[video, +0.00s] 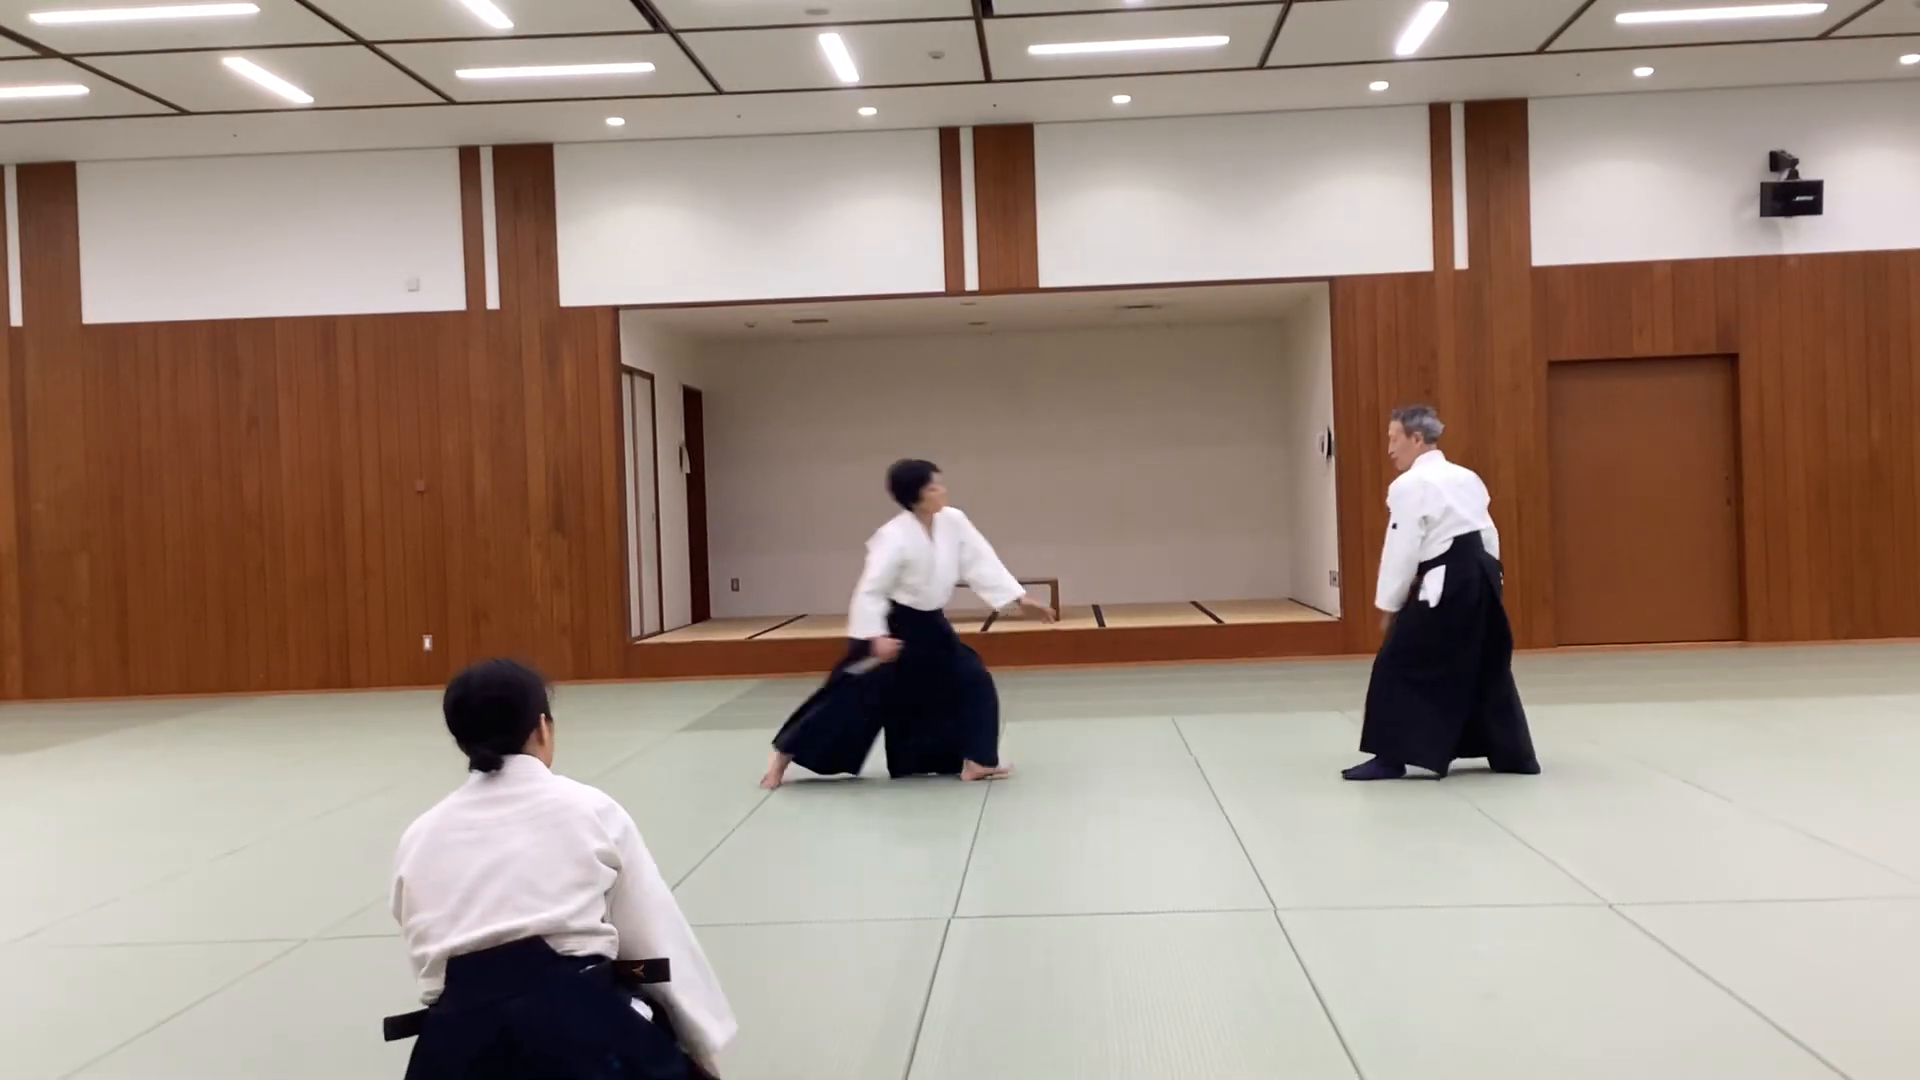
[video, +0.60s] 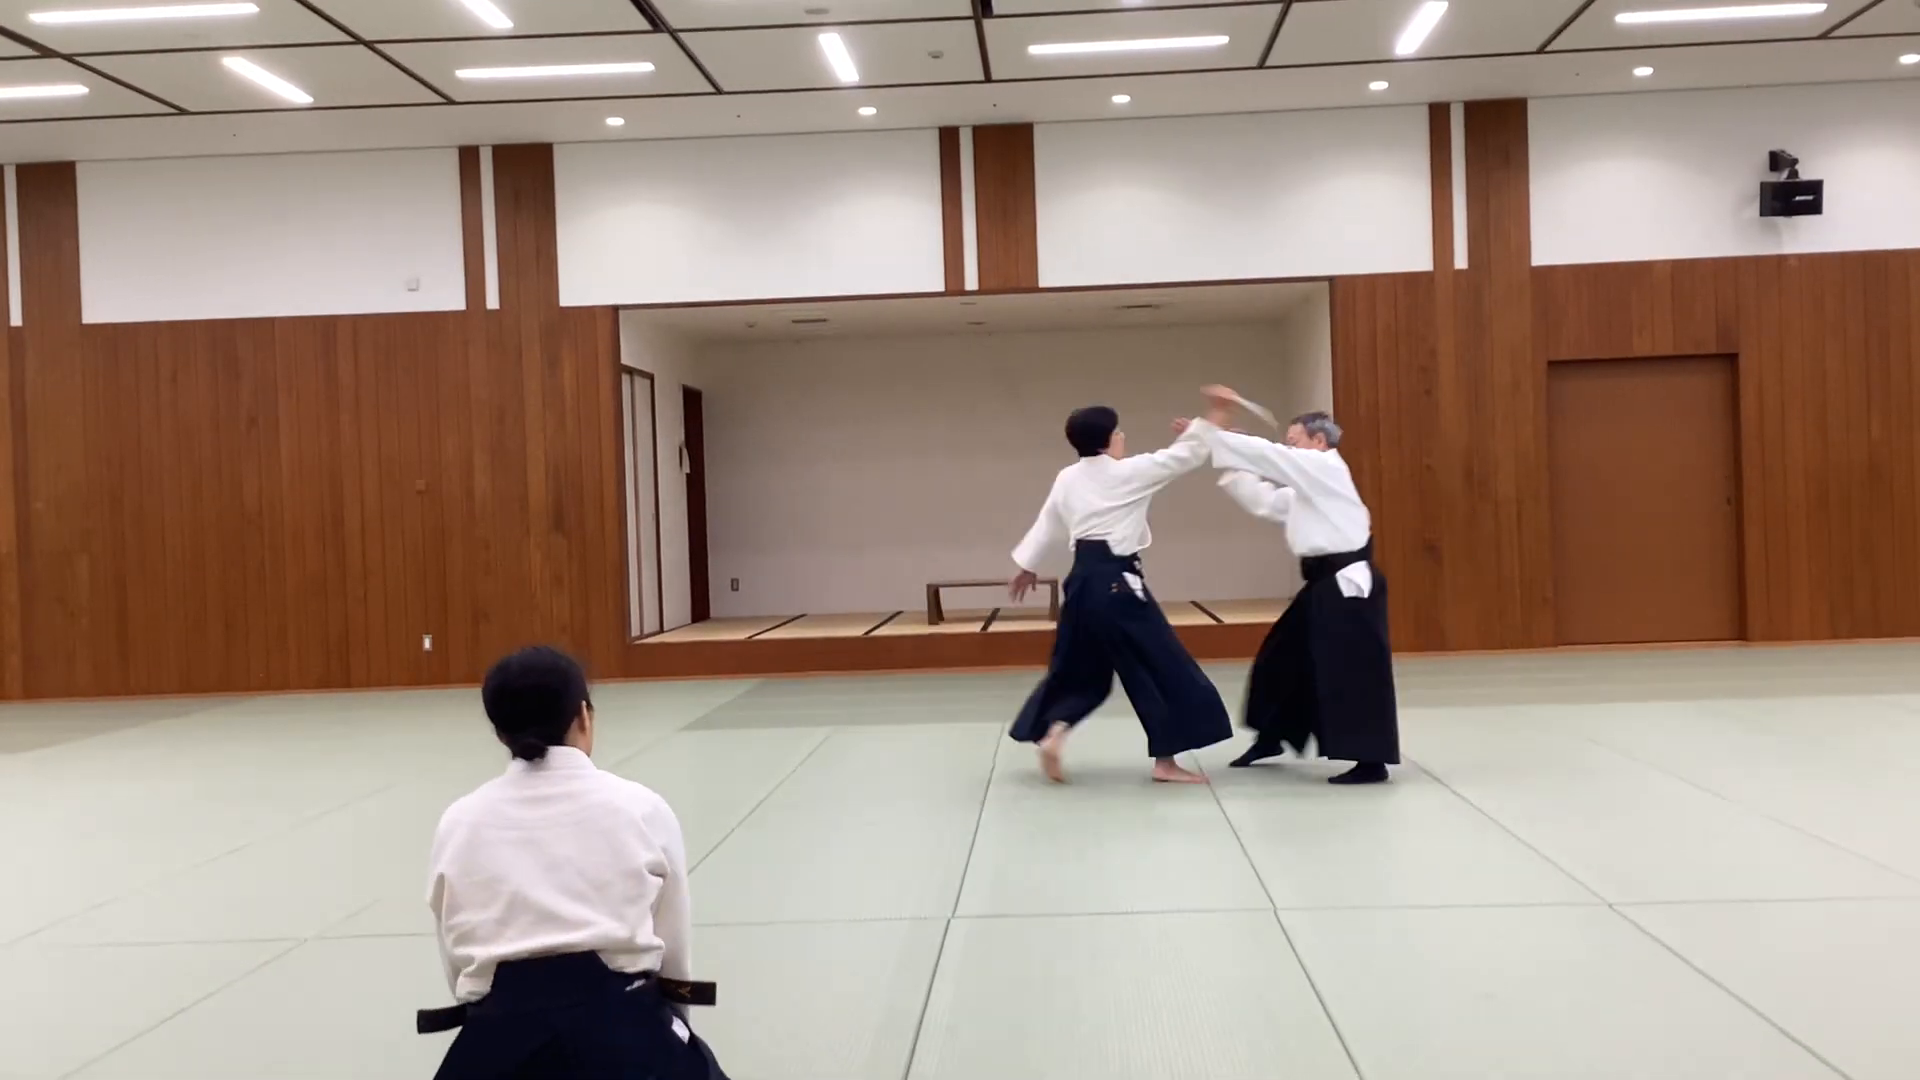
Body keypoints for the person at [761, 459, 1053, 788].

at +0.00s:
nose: (942, 490)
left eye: (939, 484)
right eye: (933, 487)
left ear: (934, 492)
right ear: (915, 497)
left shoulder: (953, 522)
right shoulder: (894, 536)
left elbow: (983, 563)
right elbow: (870, 590)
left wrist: (1021, 599)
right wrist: (877, 635)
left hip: (933, 624)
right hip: (895, 624)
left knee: (975, 680)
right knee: (853, 691)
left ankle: (977, 761)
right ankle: (787, 749)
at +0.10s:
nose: (979, 487)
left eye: (976, 481)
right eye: (971, 485)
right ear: (954, 495)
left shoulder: (987, 516)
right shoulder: (932, 536)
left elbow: (1007, 563)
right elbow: (926, 594)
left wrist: (1027, 610)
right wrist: (956, 621)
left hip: (964, 622)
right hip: (927, 625)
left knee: (1000, 688)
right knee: (906, 694)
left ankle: (983, 762)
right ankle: (842, 742)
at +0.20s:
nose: (1007, 484)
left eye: (1003, 478)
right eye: (999, 481)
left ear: (989, 490)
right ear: (984, 492)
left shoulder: (1009, 513)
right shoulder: (967, 527)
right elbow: (990, 573)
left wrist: (1026, 537)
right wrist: (1016, 540)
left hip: (994, 617)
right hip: (965, 618)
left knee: (1019, 690)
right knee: (972, 686)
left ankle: (987, 759)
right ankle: (943, 752)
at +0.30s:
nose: (1037, 472)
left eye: (1033, 466)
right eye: (1029, 468)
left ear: (1001, 483)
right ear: (1018, 480)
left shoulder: (1018, 510)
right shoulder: (1005, 517)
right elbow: (1028, 521)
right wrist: (1035, 480)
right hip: (1007, 616)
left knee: (1011, 685)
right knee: (1067, 674)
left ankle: (986, 757)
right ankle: (1090, 757)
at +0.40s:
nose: (1060, 444)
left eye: (1053, 443)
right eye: (1054, 445)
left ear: (1035, 471)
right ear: (1053, 466)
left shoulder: (1036, 498)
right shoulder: (1056, 505)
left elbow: (1025, 523)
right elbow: (1086, 489)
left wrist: (1014, 545)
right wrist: (1065, 450)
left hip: (1035, 601)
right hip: (1057, 607)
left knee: (1037, 684)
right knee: (1107, 680)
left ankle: (984, 755)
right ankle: (1156, 762)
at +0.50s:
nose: (1107, 451)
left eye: (1104, 446)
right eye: (1102, 447)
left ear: (1069, 460)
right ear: (1092, 457)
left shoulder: (1056, 490)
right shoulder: (1097, 492)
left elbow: (1027, 526)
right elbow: (1145, 468)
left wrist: (1012, 554)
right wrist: (1126, 423)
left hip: (1065, 601)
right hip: (1097, 602)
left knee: (1065, 680)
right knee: (1143, 673)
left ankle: (1004, 746)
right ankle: (1163, 765)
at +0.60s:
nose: (1123, 436)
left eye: (1119, 430)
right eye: (1119, 432)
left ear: (1081, 444)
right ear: (1109, 440)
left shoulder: (1067, 479)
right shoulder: (1130, 471)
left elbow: (1046, 528)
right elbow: (1184, 454)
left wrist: (1027, 566)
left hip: (1080, 585)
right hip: (1119, 583)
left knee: (1092, 673)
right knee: (1155, 666)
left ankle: (1055, 734)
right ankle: (1165, 761)